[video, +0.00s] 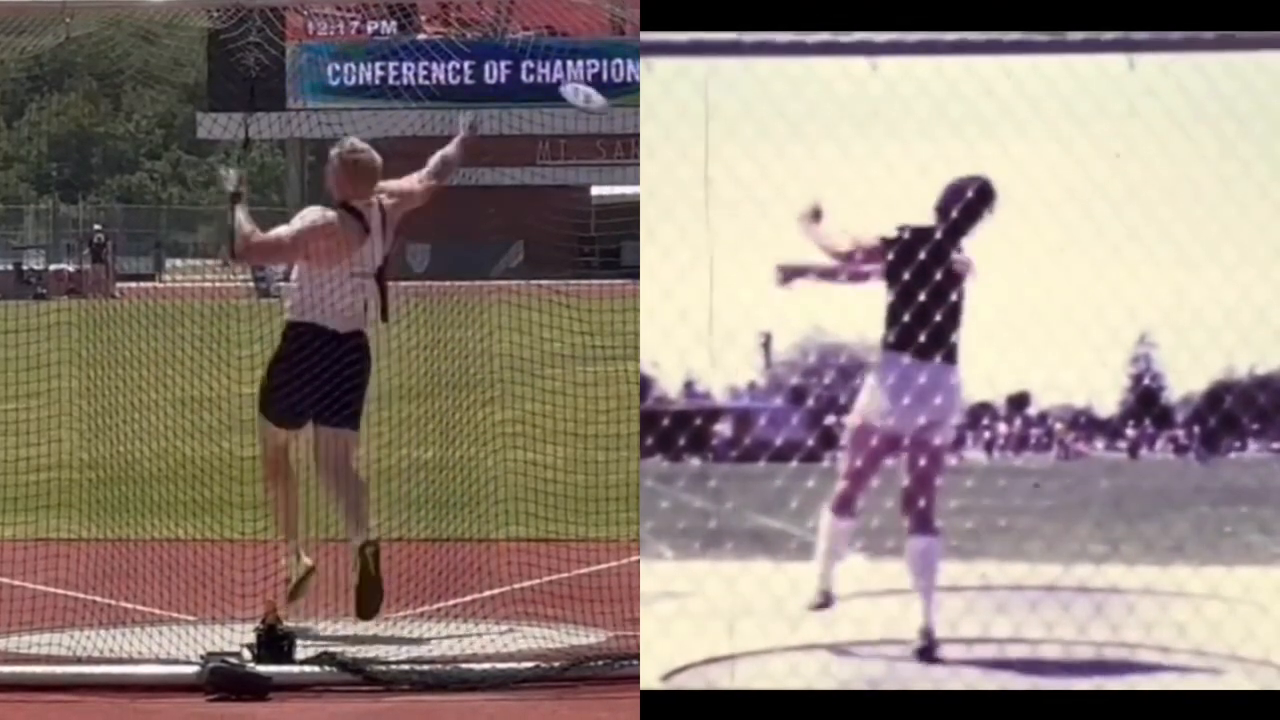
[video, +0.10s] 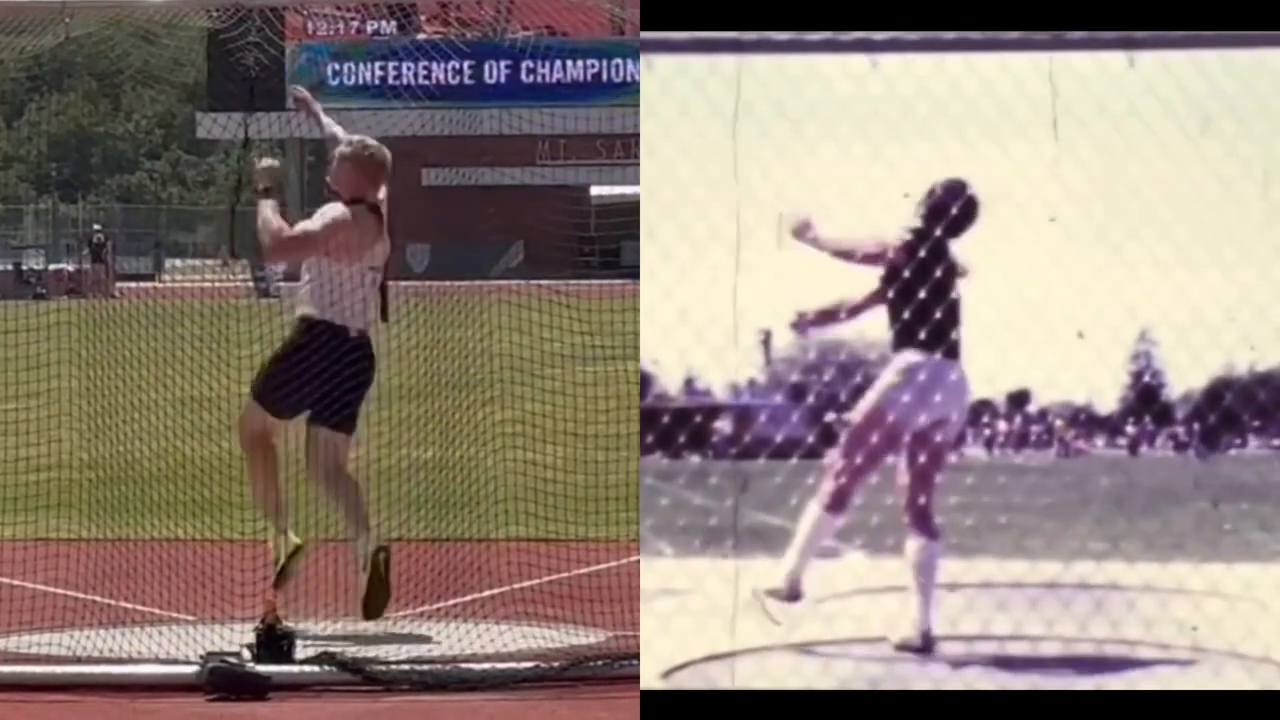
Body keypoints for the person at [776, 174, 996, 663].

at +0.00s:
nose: (978, 223)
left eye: (976, 211)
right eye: (980, 214)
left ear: (941, 201)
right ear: (975, 216)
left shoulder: (909, 243)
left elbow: (847, 252)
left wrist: (813, 226)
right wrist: (803, 271)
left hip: (894, 371)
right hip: (942, 376)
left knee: (851, 484)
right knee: (921, 501)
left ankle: (823, 583)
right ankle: (929, 622)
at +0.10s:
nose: (922, 198)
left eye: (929, 194)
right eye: (933, 195)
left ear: (928, 203)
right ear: (958, 221)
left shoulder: (912, 248)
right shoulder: (942, 259)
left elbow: (860, 255)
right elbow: (869, 298)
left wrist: (812, 238)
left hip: (913, 367)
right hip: (952, 375)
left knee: (844, 470)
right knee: (921, 501)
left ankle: (791, 575)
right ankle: (923, 626)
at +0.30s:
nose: (875, 245)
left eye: (879, 239)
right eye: (877, 239)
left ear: (893, 236)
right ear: (901, 235)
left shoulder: (926, 258)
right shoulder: (879, 287)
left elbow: (897, 265)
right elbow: (879, 351)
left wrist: (854, 269)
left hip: (936, 383)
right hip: (909, 389)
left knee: (842, 460)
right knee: (902, 501)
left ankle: (764, 559)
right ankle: (928, 621)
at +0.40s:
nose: (842, 267)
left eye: (848, 257)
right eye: (843, 259)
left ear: (868, 254)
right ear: (856, 261)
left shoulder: (906, 268)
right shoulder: (858, 314)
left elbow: (945, 273)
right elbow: (865, 365)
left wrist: (904, 286)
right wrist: (894, 373)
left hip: (942, 394)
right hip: (910, 402)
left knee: (856, 457)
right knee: (894, 509)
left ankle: (771, 548)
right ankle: (926, 624)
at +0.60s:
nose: (817, 277)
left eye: (819, 267)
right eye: (814, 270)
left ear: (839, 257)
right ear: (826, 266)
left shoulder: (898, 268)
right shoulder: (845, 319)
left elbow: (952, 270)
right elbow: (877, 379)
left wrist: (971, 281)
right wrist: (911, 374)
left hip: (949, 385)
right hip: (912, 401)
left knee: (894, 442)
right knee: (889, 511)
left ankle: (827, 514)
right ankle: (926, 619)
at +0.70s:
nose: (817, 276)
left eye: (820, 266)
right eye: (812, 270)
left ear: (840, 256)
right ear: (817, 270)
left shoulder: (897, 267)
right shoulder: (838, 315)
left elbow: (953, 267)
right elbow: (872, 372)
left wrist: (993, 277)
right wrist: (904, 371)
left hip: (945, 377)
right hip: (901, 396)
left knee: (916, 430)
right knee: (886, 500)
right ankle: (925, 616)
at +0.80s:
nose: (814, 270)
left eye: (816, 259)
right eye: (807, 264)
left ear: (836, 248)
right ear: (809, 266)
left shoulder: (894, 266)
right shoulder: (832, 310)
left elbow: (958, 265)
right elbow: (858, 365)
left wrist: (1002, 273)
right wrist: (867, 404)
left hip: (940, 375)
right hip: (896, 398)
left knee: (939, 422)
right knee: (880, 504)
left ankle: (956, 495)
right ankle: (924, 618)